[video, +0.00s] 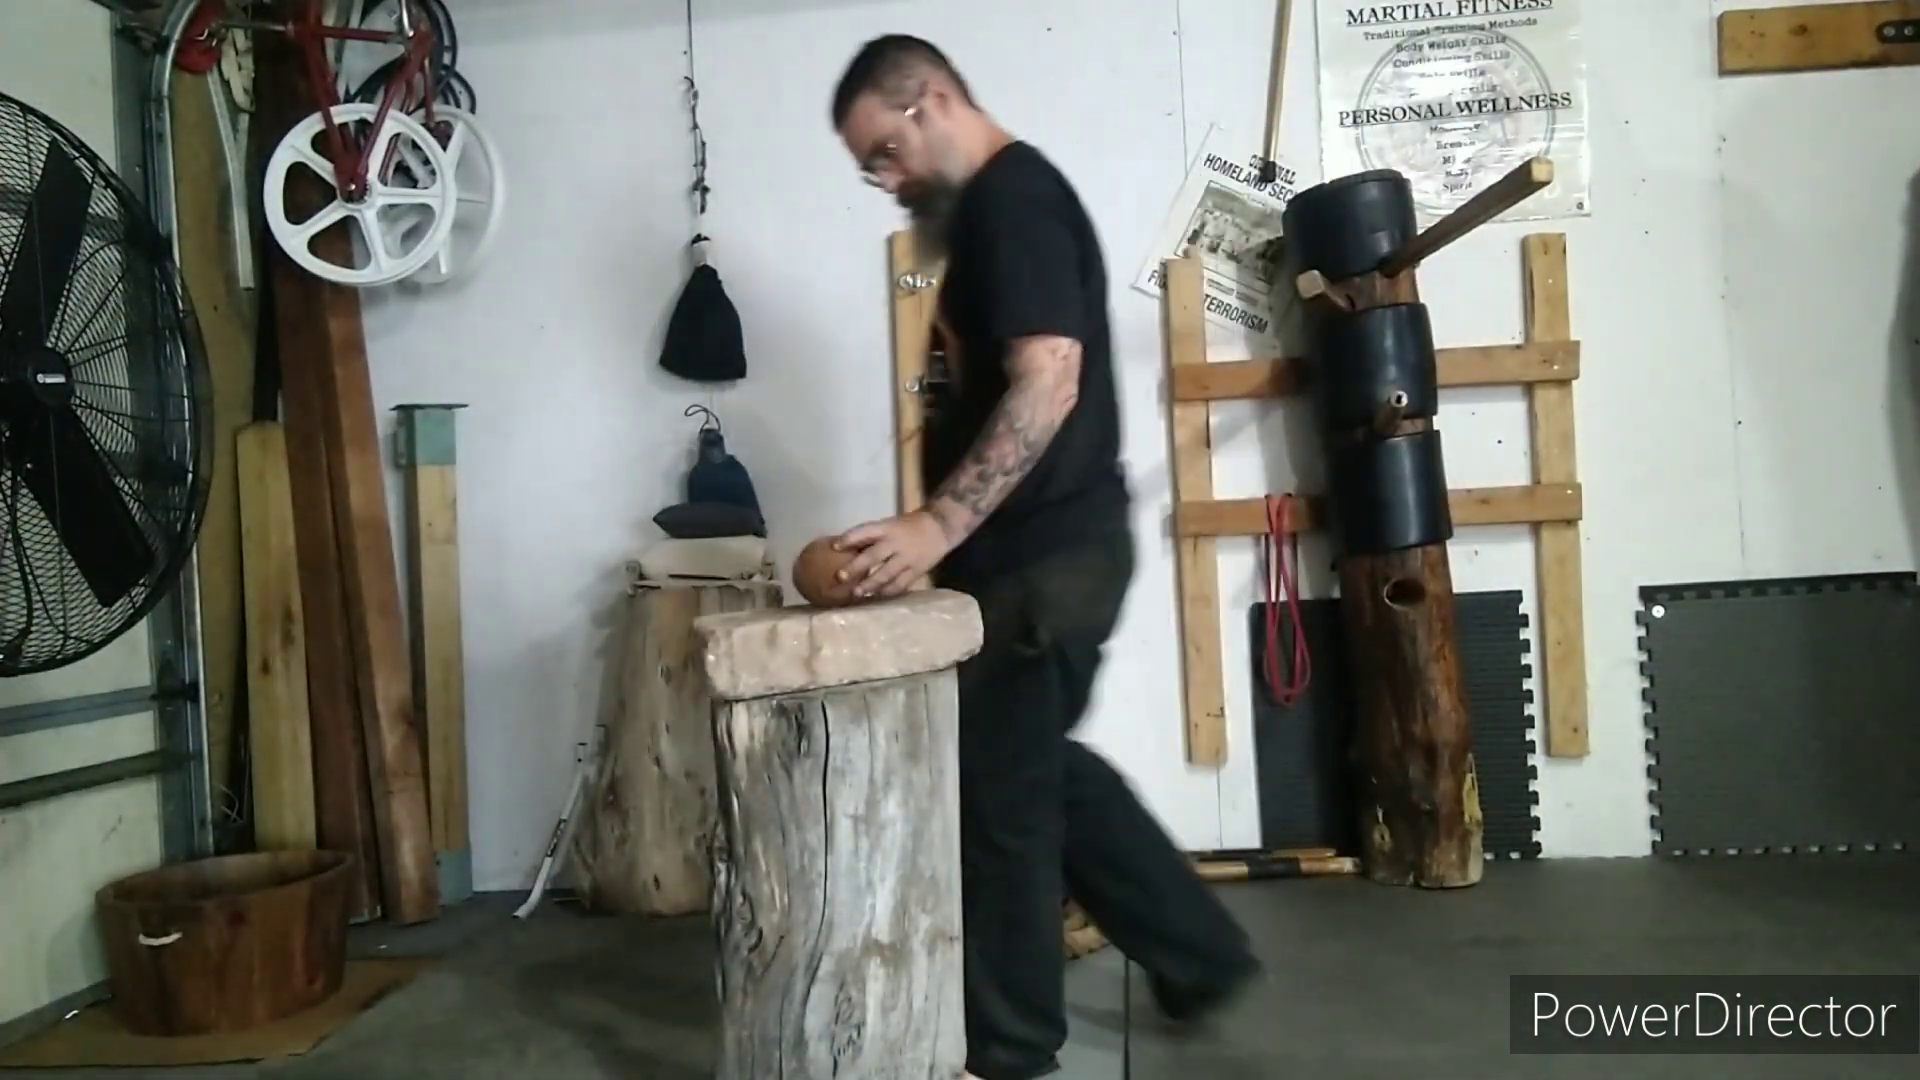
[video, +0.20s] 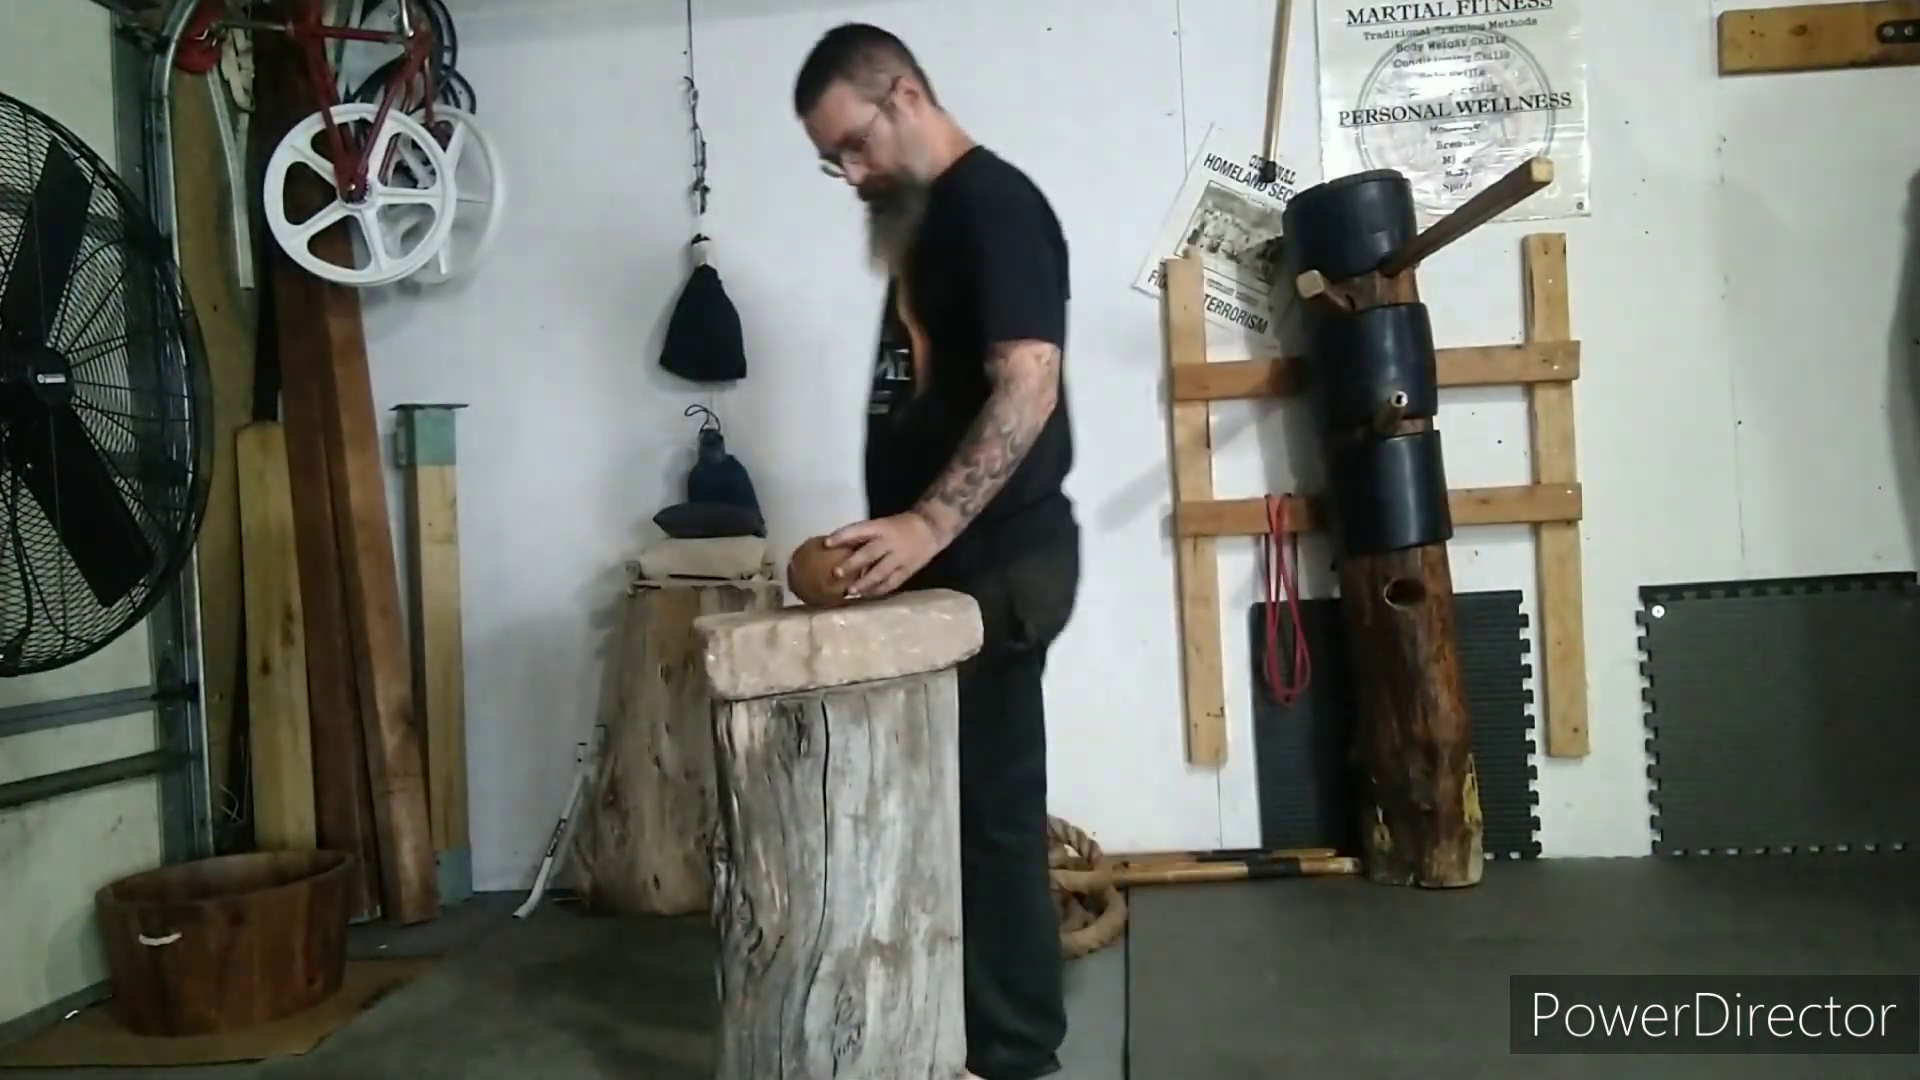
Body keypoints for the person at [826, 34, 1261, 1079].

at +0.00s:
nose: (881, 183)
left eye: (880, 155)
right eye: (869, 167)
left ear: (934, 103)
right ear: (927, 112)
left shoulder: (1015, 197)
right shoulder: (993, 203)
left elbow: (1047, 378)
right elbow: (1012, 381)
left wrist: (939, 523)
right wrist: (933, 525)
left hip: (1045, 545)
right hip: (1028, 545)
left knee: (1004, 788)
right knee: (1031, 763)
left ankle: (1014, 1047)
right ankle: (1203, 960)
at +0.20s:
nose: (849, 176)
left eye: (851, 147)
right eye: (834, 160)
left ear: (908, 99)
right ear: (891, 116)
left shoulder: (995, 202)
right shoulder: (933, 216)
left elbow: (1029, 385)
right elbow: (930, 379)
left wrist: (931, 521)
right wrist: (893, 530)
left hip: (992, 555)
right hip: (938, 552)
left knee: (991, 820)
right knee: (939, 815)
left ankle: (1013, 1050)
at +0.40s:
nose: (824, 176)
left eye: (832, 147)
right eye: (807, 160)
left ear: (886, 105)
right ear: (803, 140)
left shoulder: (971, 212)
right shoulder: (861, 225)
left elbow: (1014, 388)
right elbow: (871, 396)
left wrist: (931, 525)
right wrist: (826, 528)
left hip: (963, 556)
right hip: (870, 555)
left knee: (979, 819)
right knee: (885, 815)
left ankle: (1015, 1051)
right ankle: (894, 1045)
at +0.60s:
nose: (786, 191)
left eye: (801, 164)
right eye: (767, 173)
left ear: (846, 128)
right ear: (752, 158)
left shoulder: (921, 247)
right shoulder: (786, 250)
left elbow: (972, 409)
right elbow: (785, 415)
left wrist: (917, 528)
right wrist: (746, 546)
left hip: (890, 578)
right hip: (778, 572)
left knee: (932, 808)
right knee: (736, 798)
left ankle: (1014, 1033)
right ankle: (713, 998)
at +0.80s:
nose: (751, 197)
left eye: (769, 173)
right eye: (729, 178)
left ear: (804, 140)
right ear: (705, 161)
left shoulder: (870, 256)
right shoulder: (708, 256)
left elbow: (910, 416)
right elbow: (674, 404)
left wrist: (885, 520)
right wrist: (631, 526)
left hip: (836, 586)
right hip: (717, 581)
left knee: (871, 810)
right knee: (685, 806)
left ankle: (952, 1008)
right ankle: (705, 1001)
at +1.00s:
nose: (758, 190)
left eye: (775, 168)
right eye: (736, 171)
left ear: (806, 142)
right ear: (707, 153)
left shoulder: (862, 262)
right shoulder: (681, 257)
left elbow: (897, 421)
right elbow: (628, 391)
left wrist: (881, 521)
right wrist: (557, 512)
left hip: (828, 584)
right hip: (699, 578)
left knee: (874, 808)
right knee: (681, 805)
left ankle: (958, 1022)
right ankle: (700, 1000)